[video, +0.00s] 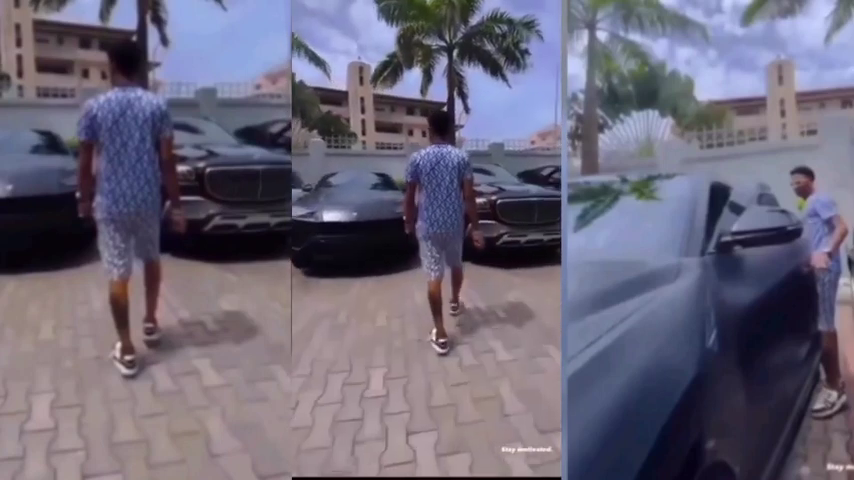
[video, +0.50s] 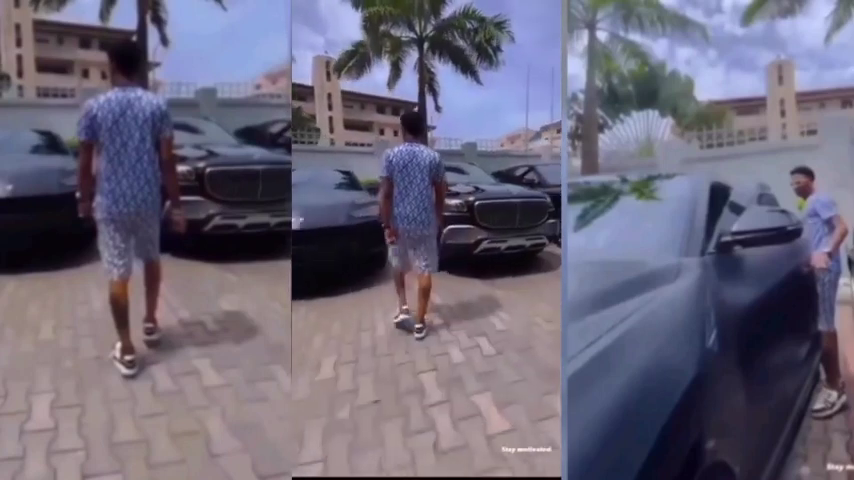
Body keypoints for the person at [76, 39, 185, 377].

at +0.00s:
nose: (110, 71)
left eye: (110, 66)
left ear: (112, 68)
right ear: (142, 67)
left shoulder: (95, 107)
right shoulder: (156, 106)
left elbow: (85, 161)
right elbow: (167, 160)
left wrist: (84, 199)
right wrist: (175, 202)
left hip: (110, 201)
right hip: (147, 200)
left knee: (118, 273)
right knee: (151, 260)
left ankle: (125, 348)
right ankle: (150, 319)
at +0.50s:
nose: (110, 71)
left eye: (110, 66)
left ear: (112, 68)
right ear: (142, 67)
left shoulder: (95, 107)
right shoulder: (156, 106)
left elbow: (85, 161)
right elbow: (167, 160)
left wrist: (84, 199)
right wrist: (175, 202)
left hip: (110, 201)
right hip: (147, 200)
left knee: (118, 273)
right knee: (151, 260)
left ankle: (125, 348)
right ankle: (150, 319)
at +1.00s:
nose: (110, 71)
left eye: (110, 66)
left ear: (112, 68)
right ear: (142, 67)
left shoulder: (95, 107)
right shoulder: (156, 106)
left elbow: (85, 161)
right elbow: (167, 160)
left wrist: (84, 199)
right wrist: (175, 202)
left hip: (110, 201)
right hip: (147, 200)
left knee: (118, 273)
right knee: (151, 260)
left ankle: (125, 348)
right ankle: (150, 319)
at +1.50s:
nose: (110, 71)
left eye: (110, 66)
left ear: (112, 68)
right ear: (142, 67)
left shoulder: (95, 107)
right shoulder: (156, 106)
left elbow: (85, 161)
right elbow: (167, 160)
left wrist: (84, 199)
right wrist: (175, 202)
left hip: (110, 201)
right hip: (147, 200)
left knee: (118, 273)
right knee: (151, 260)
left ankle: (125, 348)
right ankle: (150, 319)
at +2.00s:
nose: (110, 71)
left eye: (110, 66)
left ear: (112, 68)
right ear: (142, 67)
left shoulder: (95, 107)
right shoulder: (156, 106)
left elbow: (85, 161)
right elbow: (167, 160)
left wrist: (84, 199)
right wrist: (175, 202)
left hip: (110, 202)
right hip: (147, 200)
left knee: (118, 273)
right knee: (151, 260)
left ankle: (125, 348)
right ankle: (150, 319)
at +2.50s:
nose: (110, 71)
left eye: (110, 66)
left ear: (112, 68)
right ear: (142, 67)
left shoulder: (95, 107)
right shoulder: (156, 106)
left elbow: (85, 161)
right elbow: (167, 160)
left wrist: (84, 199)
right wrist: (175, 202)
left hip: (110, 202)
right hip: (147, 200)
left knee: (118, 273)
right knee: (151, 260)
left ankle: (125, 348)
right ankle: (150, 319)